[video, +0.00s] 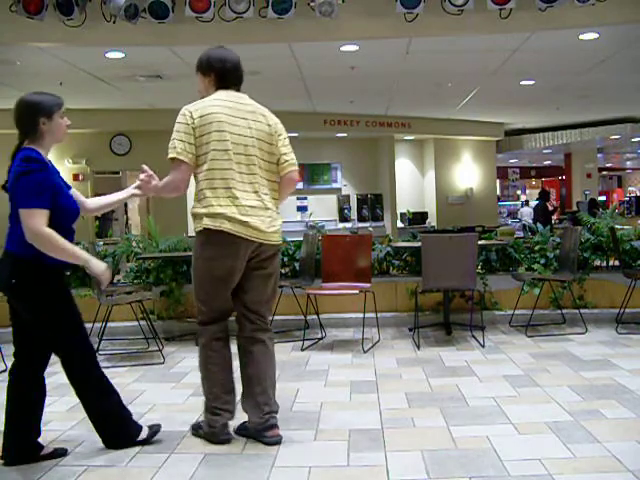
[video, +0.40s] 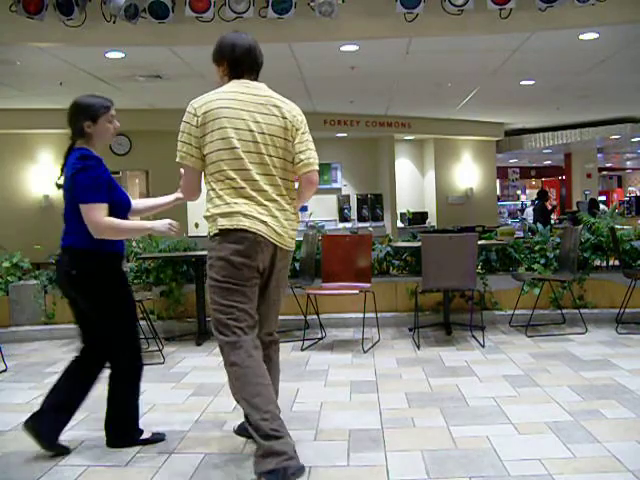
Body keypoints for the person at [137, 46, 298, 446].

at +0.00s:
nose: (197, 85)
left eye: (199, 79)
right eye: (199, 78)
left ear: (209, 79)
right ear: (237, 79)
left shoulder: (195, 112)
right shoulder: (268, 117)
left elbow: (181, 179)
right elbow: (291, 177)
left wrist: (156, 188)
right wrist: (261, 203)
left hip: (219, 230)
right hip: (267, 233)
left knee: (212, 326)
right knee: (257, 327)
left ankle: (217, 422)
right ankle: (263, 422)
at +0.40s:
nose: (213, 72)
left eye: (214, 65)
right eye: (215, 65)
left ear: (222, 66)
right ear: (258, 67)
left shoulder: (203, 107)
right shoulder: (289, 109)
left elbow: (189, 190)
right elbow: (310, 180)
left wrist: (204, 175)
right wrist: (287, 201)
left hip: (234, 231)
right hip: (281, 235)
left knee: (236, 335)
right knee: (266, 333)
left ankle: (279, 456)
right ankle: (261, 418)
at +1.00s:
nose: (203, 72)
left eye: (202, 66)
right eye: (205, 65)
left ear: (209, 68)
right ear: (252, 63)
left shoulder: (192, 125)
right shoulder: (296, 117)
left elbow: (197, 204)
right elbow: (320, 201)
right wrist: (272, 209)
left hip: (228, 271)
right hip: (281, 268)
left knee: (215, 379)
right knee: (265, 360)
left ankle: (288, 475)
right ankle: (265, 446)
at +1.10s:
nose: (201, 73)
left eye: (200, 66)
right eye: (203, 66)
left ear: (206, 69)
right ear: (250, 63)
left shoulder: (191, 128)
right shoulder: (295, 117)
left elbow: (196, 210)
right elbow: (319, 202)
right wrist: (271, 203)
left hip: (228, 272)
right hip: (280, 269)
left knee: (215, 380)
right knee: (264, 359)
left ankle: (289, 476)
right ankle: (265, 446)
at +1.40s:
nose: (198, 78)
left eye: (197, 71)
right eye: (198, 70)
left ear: (203, 74)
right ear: (245, 67)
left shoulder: (195, 128)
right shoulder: (287, 117)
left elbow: (184, 221)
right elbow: (317, 196)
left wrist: (197, 215)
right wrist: (274, 177)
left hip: (230, 268)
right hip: (279, 264)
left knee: (219, 376)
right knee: (256, 351)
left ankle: (289, 475)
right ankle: (265, 442)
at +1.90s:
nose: (206, 67)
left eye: (206, 61)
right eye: (209, 60)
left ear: (211, 62)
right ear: (248, 58)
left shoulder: (207, 102)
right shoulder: (282, 101)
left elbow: (170, 175)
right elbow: (301, 172)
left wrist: (163, 189)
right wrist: (260, 174)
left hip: (235, 227)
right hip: (279, 230)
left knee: (236, 327)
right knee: (263, 327)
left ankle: (267, 439)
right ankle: (259, 410)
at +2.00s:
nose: (210, 69)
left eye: (209, 63)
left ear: (213, 64)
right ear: (250, 60)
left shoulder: (209, 103)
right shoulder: (284, 104)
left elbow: (166, 175)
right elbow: (301, 172)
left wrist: (178, 196)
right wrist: (259, 176)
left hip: (232, 229)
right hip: (277, 233)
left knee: (231, 328)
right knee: (264, 328)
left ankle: (263, 439)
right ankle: (263, 412)